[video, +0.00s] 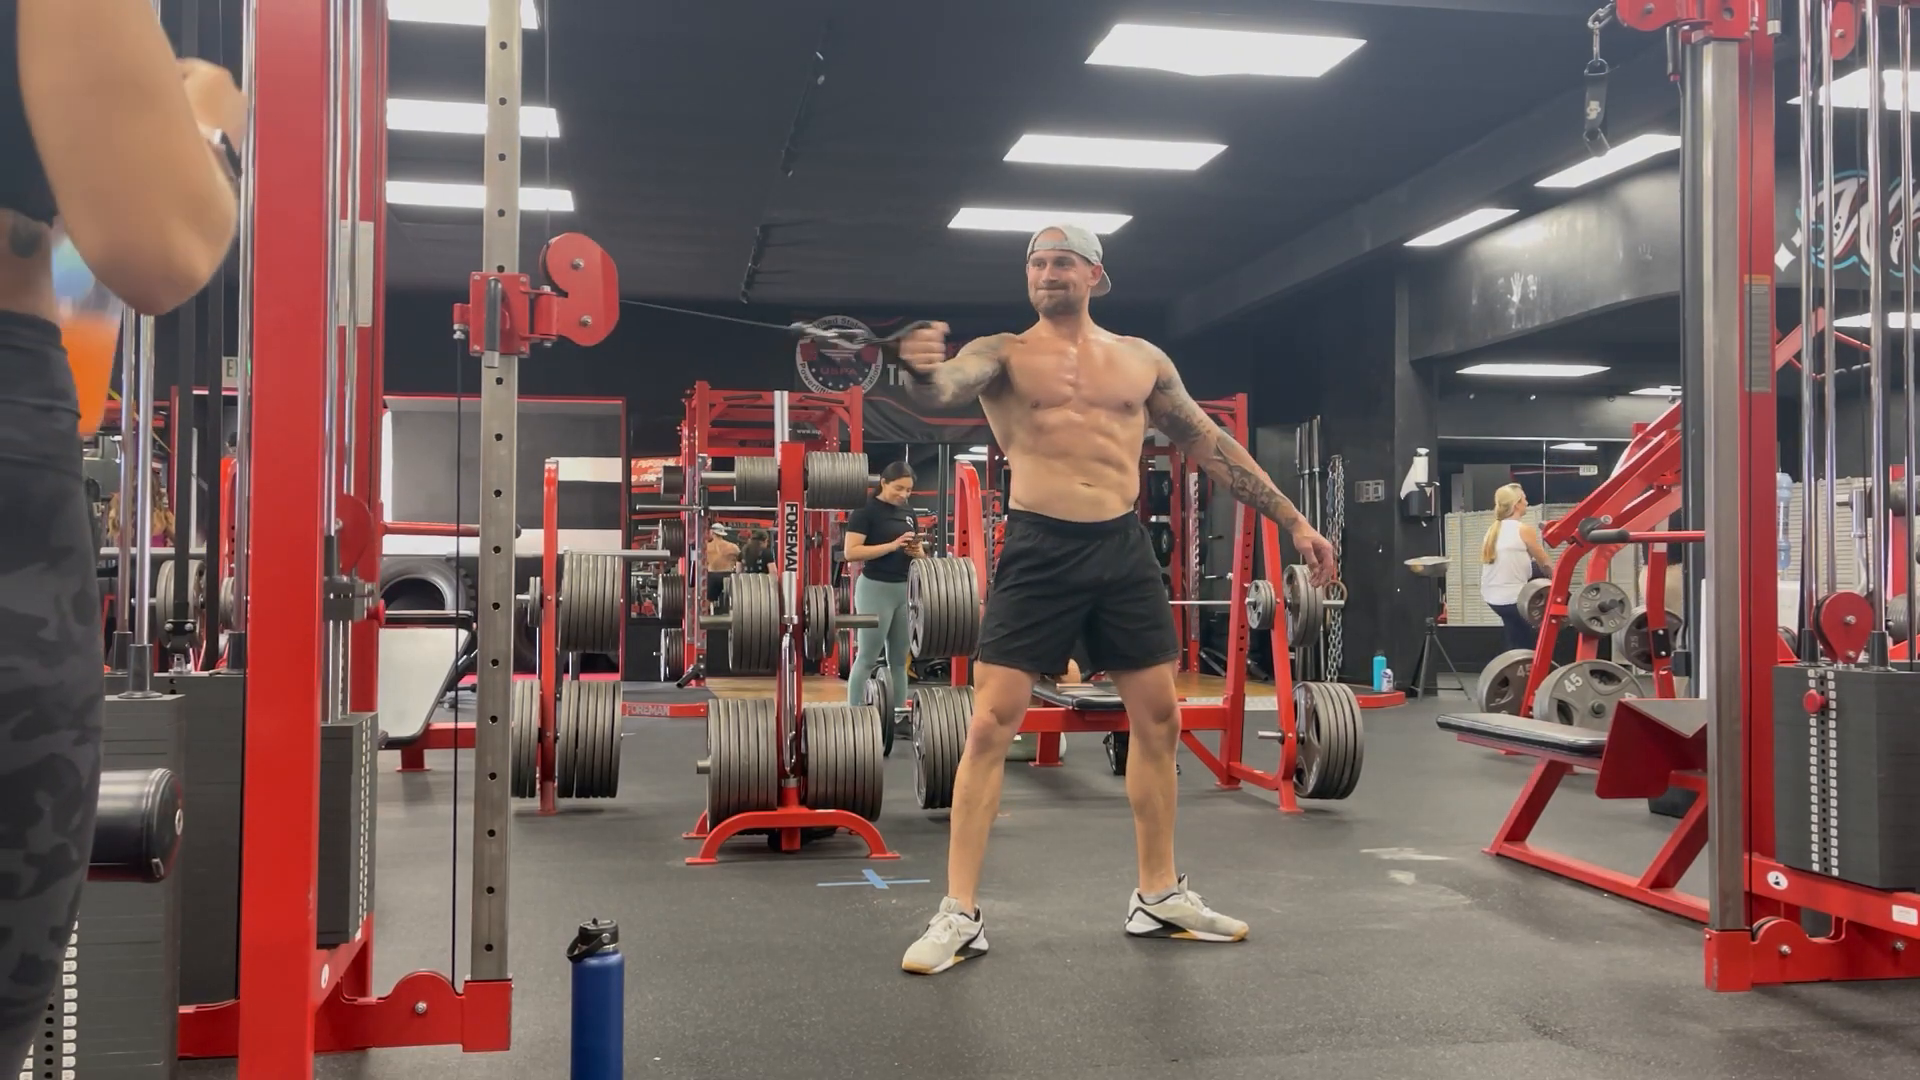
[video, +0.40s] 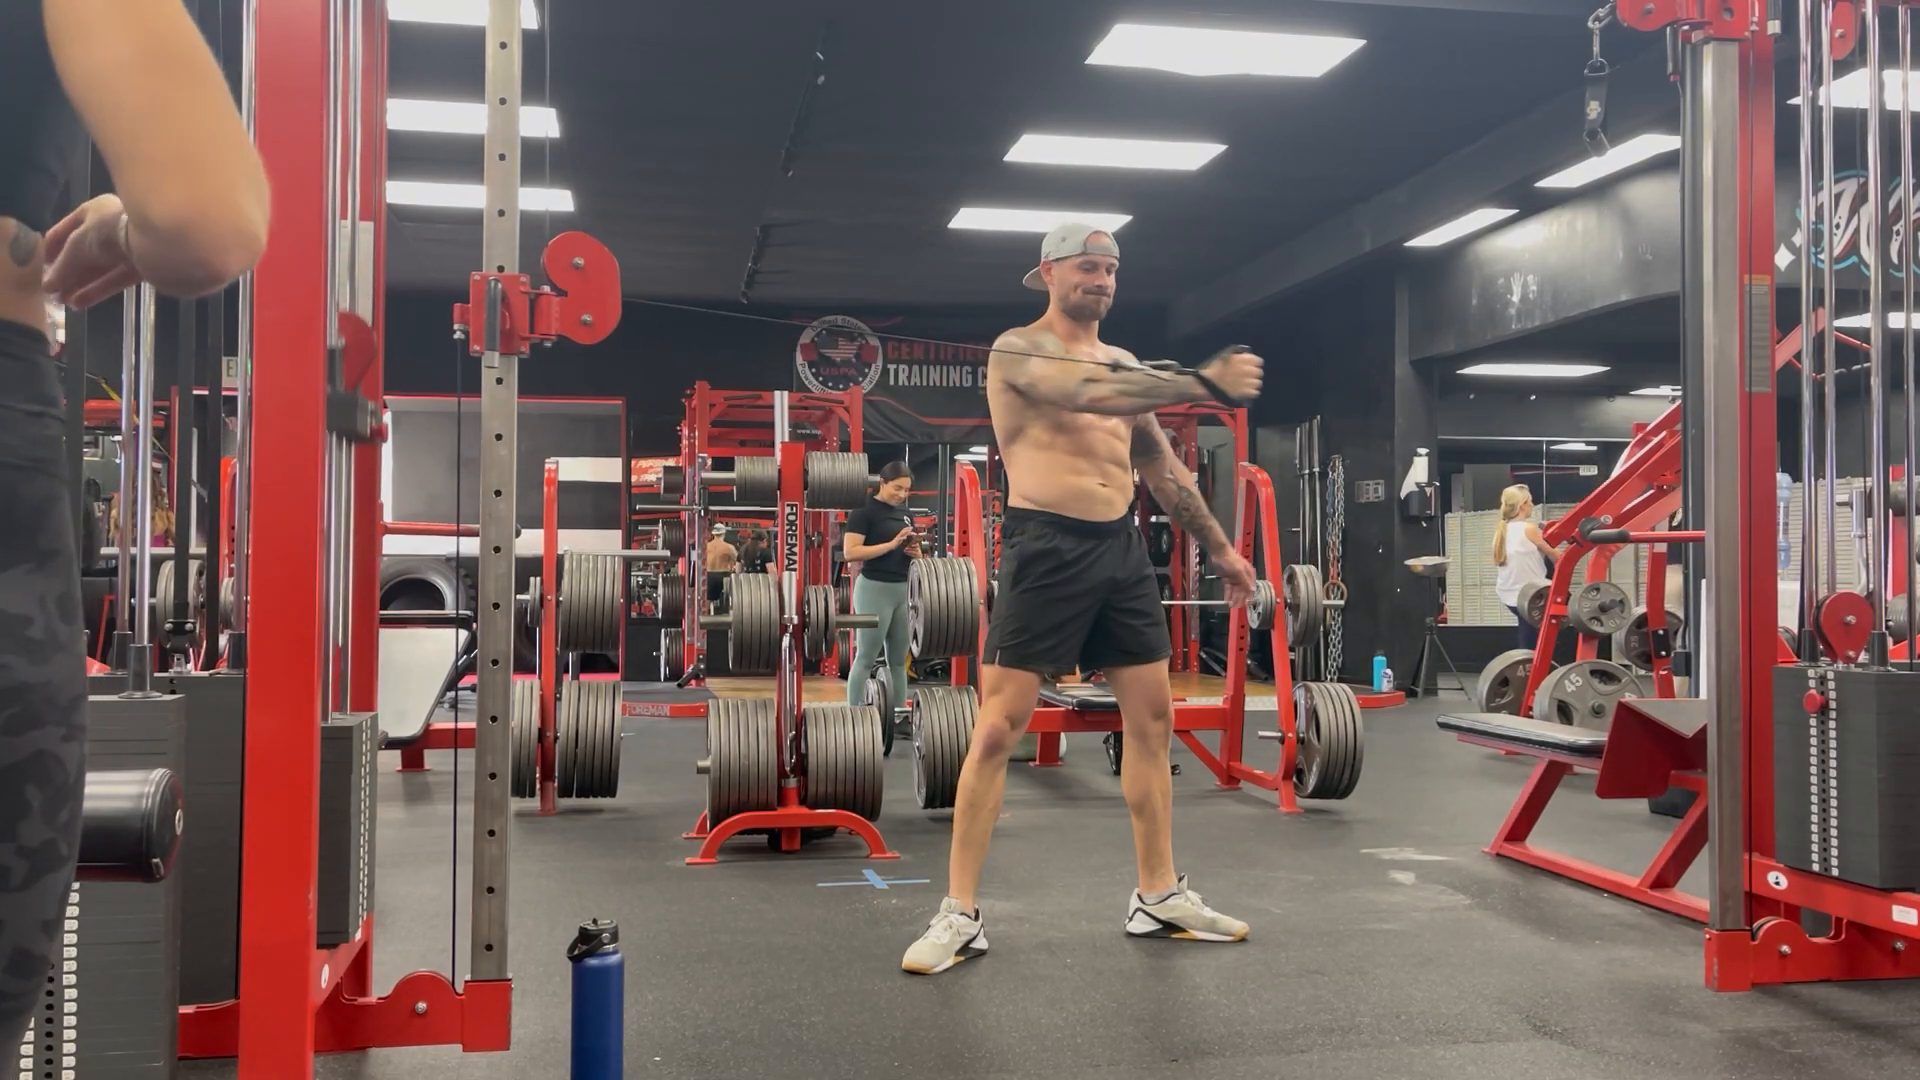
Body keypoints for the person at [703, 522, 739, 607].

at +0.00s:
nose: (710, 534)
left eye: (710, 532)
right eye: (710, 532)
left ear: (713, 533)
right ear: (723, 534)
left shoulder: (707, 547)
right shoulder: (732, 547)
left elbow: (705, 562)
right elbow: (740, 558)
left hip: (712, 573)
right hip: (728, 573)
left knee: (711, 601)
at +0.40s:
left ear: (713, 533)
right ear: (724, 534)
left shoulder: (707, 546)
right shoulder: (729, 547)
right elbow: (736, 559)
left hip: (710, 573)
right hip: (725, 573)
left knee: (710, 600)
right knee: (724, 600)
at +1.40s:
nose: (727, 535)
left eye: (726, 533)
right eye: (726, 533)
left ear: (715, 533)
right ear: (724, 534)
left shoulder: (709, 545)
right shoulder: (725, 547)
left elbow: (708, 559)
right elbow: (732, 560)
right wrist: (732, 570)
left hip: (711, 572)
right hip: (723, 572)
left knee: (709, 599)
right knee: (723, 600)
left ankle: (706, 616)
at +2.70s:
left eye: (714, 533)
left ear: (713, 533)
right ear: (724, 533)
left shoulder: (707, 546)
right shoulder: (731, 547)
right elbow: (737, 561)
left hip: (711, 573)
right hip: (726, 573)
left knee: (711, 600)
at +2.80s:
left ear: (713, 533)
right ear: (724, 533)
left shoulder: (707, 546)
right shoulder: (730, 548)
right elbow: (736, 560)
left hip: (710, 573)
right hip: (725, 573)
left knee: (711, 601)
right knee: (724, 601)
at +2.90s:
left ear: (712, 533)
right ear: (724, 533)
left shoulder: (707, 546)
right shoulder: (729, 548)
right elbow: (734, 562)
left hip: (710, 573)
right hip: (725, 573)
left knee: (711, 601)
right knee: (724, 602)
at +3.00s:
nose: (725, 534)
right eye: (724, 533)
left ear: (713, 533)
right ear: (723, 534)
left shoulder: (708, 545)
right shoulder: (726, 547)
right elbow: (735, 557)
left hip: (710, 572)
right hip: (724, 572)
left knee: (709, 600)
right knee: (724, 600)